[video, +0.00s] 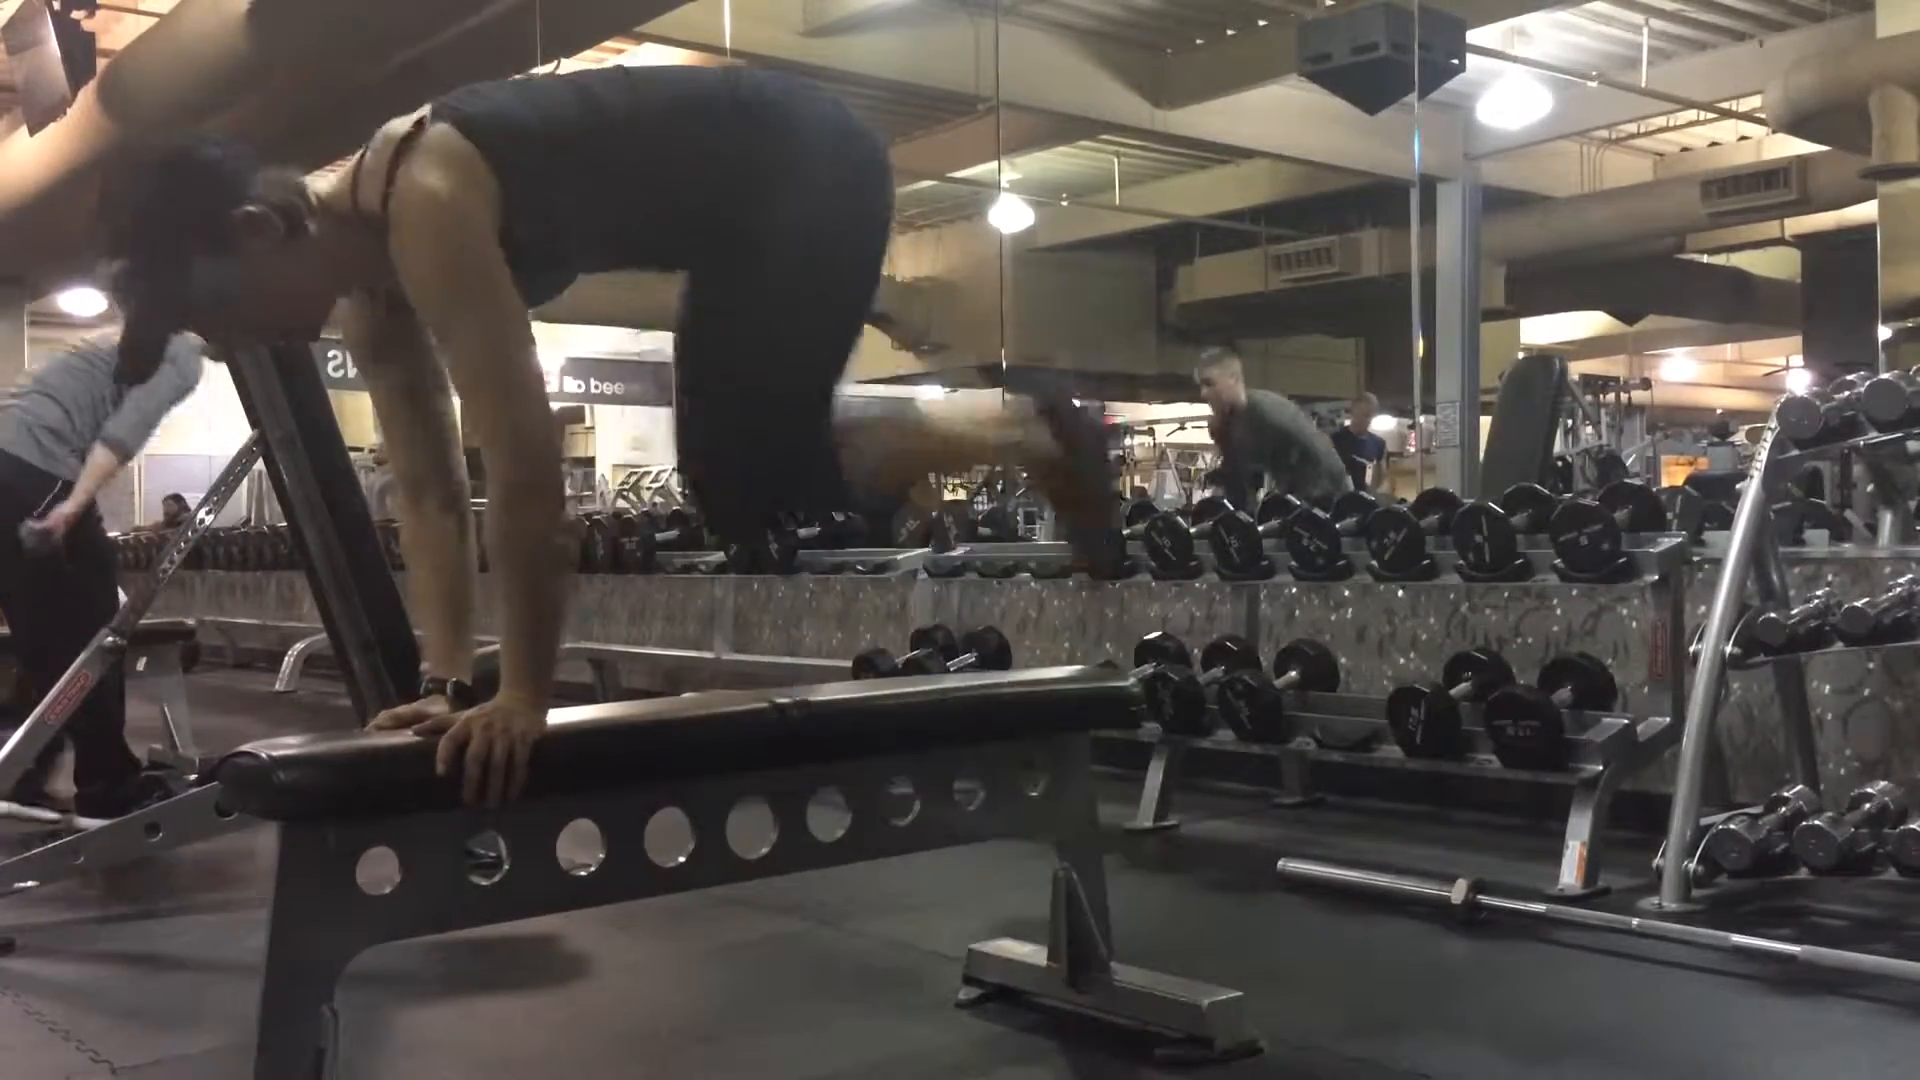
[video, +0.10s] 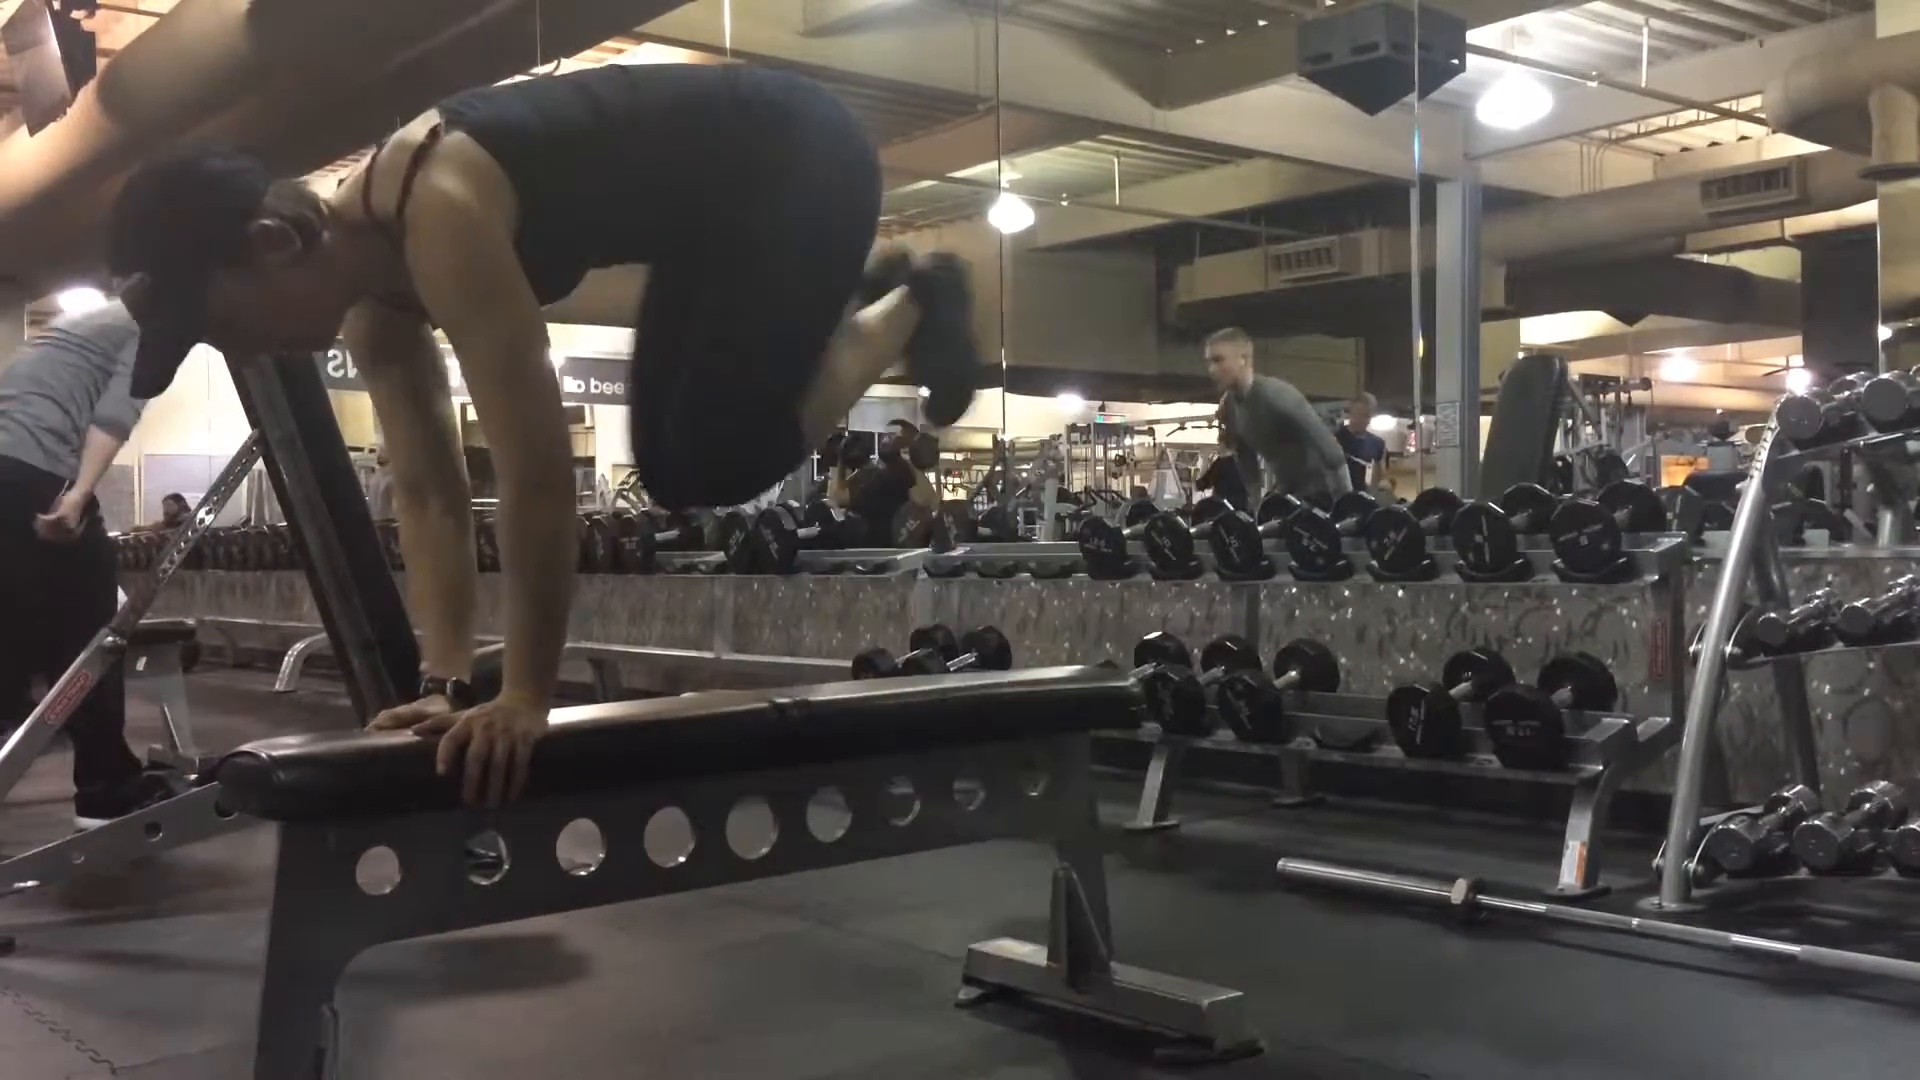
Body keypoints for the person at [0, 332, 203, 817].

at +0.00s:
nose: (212, 356)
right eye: (212, 347)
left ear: (162, 326)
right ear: (200, 340)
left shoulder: (114, 345)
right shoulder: (181, 356)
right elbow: (127, 427)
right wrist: (75, 503)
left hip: (4, 462)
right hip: (38, 473)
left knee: (41, 636)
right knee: (94, 633)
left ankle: (23, 778)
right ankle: (106, 784)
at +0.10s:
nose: (163, 323)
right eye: (163, 311)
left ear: (117, 290)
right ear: (153, 303)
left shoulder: (67, 328)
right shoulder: (130, 330)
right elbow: (114, 415)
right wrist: (79, 492)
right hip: (33, 474)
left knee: (14, 633)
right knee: (86, 630)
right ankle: (105, 781)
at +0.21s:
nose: (110, 231)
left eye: (102, 217)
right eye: (105, 221)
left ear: (53, 236)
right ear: (100, 238)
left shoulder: (16, 291)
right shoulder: (106, 300)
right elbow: (107, 403)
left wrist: (92, 488)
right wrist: (103, 489)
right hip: (28, 477)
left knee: (70, 625)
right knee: (79, 624)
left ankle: (105, 777)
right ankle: (107, 780)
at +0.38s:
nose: (55, 241)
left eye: (52, 229)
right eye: (47, 230)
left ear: (9, 231)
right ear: (22, 232)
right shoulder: (50, 299)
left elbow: (84, 399)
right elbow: (87, 398)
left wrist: (96, 474)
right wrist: (104, 475)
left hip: (18, 483)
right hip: (12, 482)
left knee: (52, 630)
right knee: (55, 632)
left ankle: (103, 781)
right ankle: (105, 782)